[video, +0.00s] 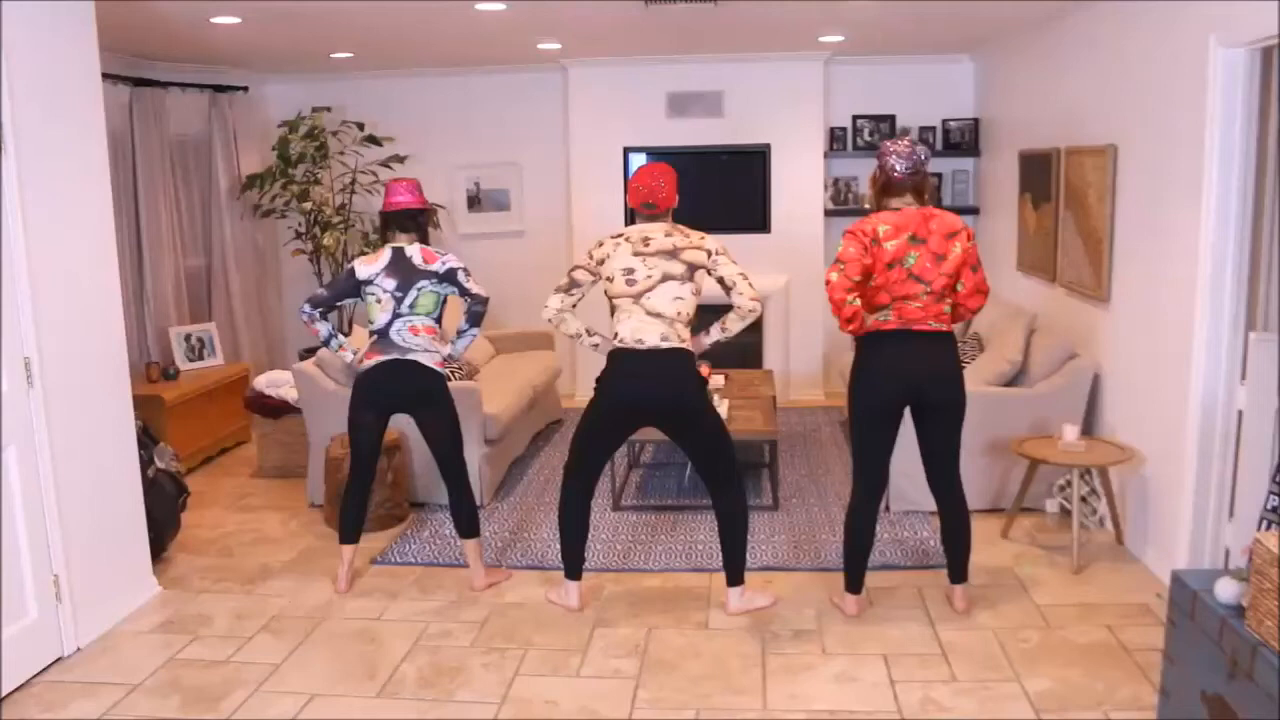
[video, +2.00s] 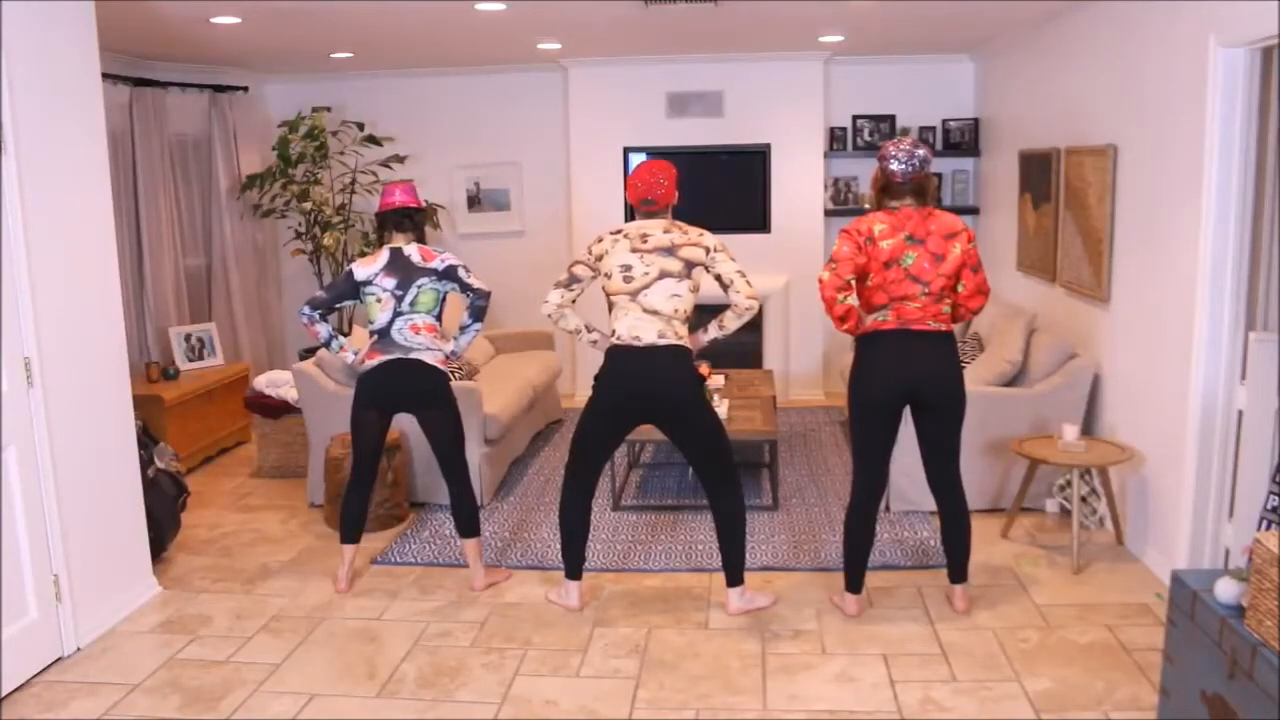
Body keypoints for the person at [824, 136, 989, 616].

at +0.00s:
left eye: (877, 177)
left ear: (878, 182)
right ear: (925, 181)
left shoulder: (866, 230)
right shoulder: (953, 227)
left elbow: (838, 285)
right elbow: (974, 292)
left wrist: (860, 328)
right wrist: (944, 323)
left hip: (880, 360)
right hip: (939, 360)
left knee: (868, 482)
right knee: (947, 479)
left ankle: (852, 594)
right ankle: (959, 590)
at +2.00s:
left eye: (879, 175)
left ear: (879, 182)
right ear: (928, 181)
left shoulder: (862, 229)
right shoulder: (953, 227)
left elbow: (833, 286)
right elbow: (975, 292)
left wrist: (861, 325)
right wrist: (944, 322)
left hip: (879, 358)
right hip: (938, 358)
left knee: (867, 481)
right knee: (947, 478)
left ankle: (853, 594)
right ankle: (959, 590)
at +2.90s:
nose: (859, 203)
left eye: (859, 196)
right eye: (861, 196)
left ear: (865, 194)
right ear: (901, 186)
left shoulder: (864, 232)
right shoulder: (946, 225)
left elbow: (868, 297)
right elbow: (969, 295)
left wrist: (864, 338)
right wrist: (942, 332)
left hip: (895, 361)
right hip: (950, 359)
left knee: (876, 481)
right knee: (941, 475)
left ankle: (870, 592)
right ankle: (956, 586)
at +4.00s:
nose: (832, 232)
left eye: (829, 223)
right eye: (826, 225)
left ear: (845, 207)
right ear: (853, 202)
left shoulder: (873, 233)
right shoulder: (910, 222)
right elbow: (934, 270)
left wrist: (841, 330)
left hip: (906, 357)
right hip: (940, 352)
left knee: (875, 471)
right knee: (912, 467)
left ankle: (884, 585)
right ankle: (930, 570)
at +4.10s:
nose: (829, 236)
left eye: (827, 228)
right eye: (823, 231)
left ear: (843, 212)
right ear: (842, 211)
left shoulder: (879, 235)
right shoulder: (892, 225)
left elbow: (912, 287)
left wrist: (882, 332)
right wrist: (841, 329)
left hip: (909, 359)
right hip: (926, 355)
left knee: (877, 471)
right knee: (895, 467)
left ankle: (884, 586)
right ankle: (928, 566)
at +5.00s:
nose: (858, 211)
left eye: (866, 200)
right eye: (849, 202)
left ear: (883, 192)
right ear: (839, 199)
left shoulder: (921, 230)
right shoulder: (832, 230)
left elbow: (939, 299)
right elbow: (814, 286)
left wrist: (880, 320)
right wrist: (818, 314)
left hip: (907, 359)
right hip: (853, 358)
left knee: (893, 470)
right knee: (857, 468)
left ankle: (898, 581)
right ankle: (861, 565)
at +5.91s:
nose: (886, 186)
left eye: (893, 179)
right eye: (875, 180)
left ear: (904, 191)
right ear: (860, 194)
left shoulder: (928, 243)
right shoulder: (835, 248)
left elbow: (942, 290)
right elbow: (808, 311)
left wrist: (926, 325)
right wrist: (854, 352)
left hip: (907, 373)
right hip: (846, 375)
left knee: (945, 483)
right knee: (840, 483)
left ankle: (958, 582)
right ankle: (823, 573)